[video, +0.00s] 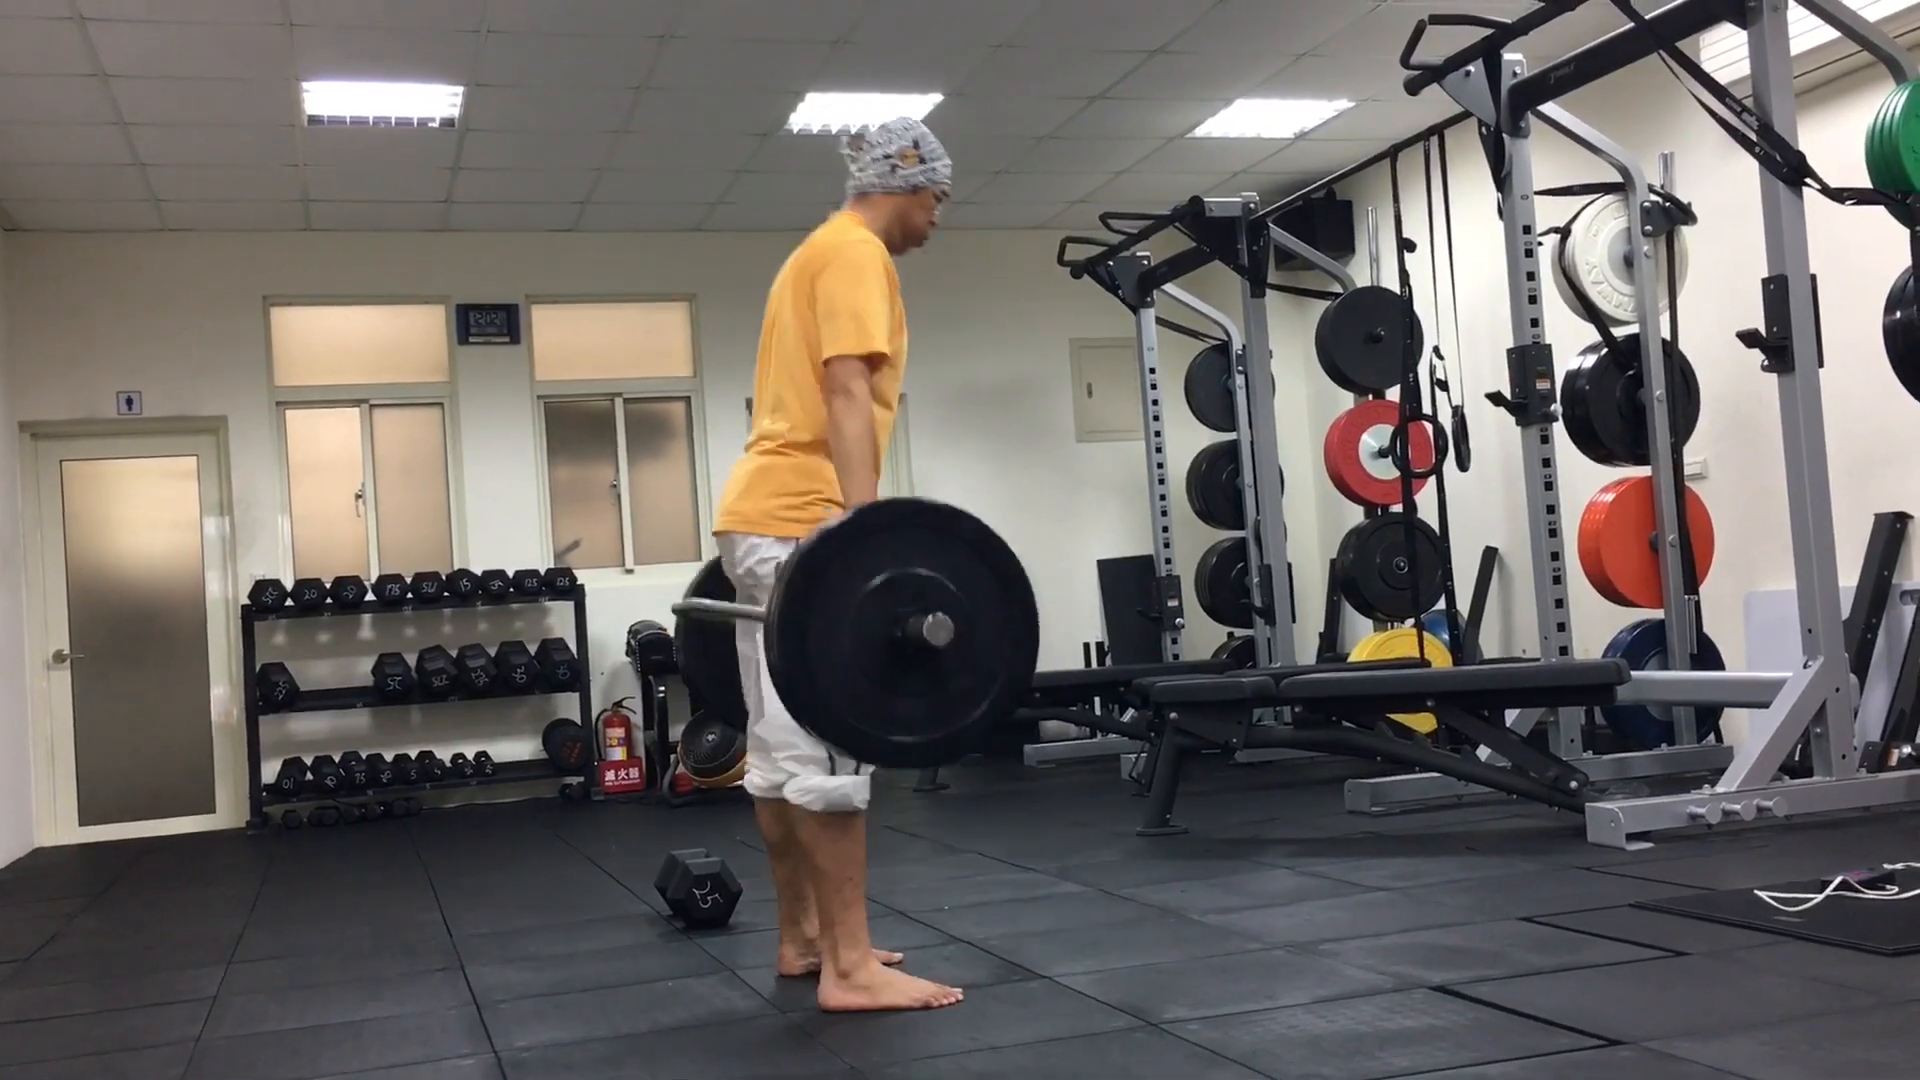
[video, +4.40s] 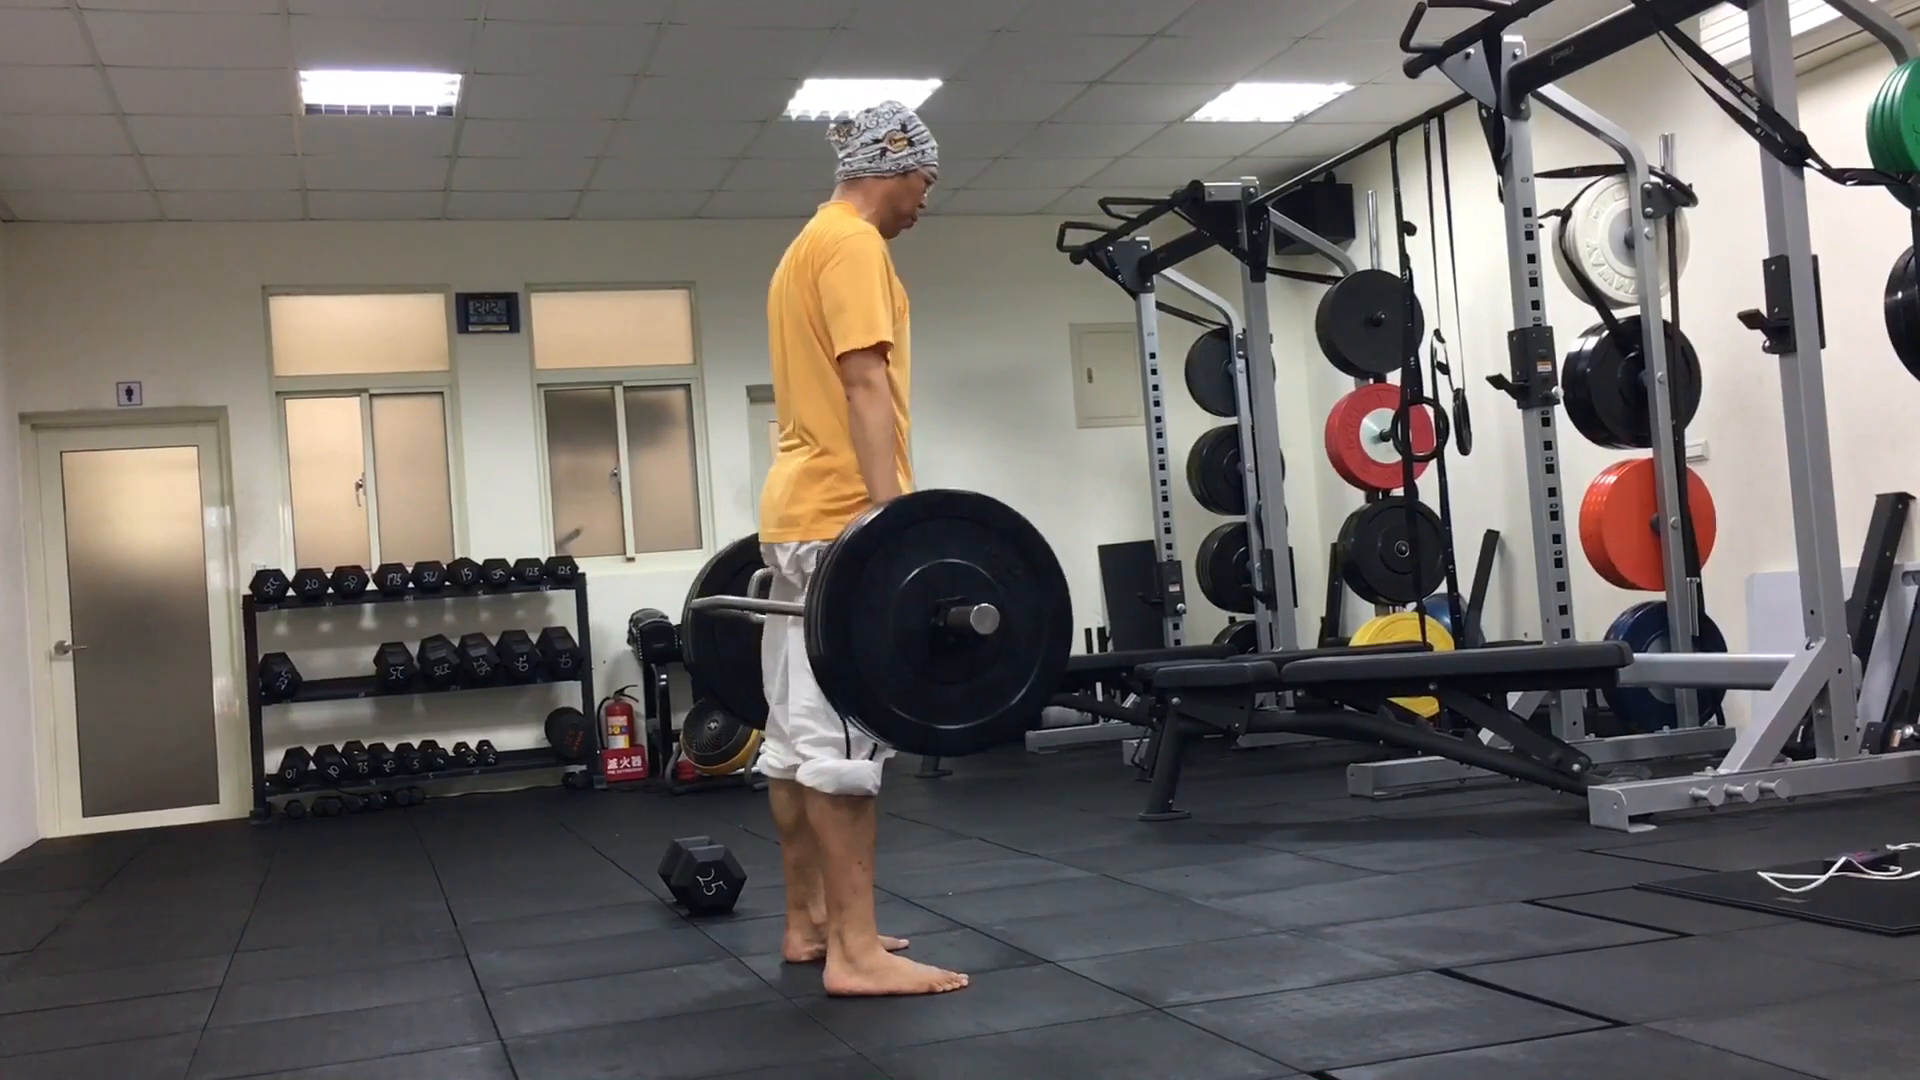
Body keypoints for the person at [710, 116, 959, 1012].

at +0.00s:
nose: (937, 220)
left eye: (940, 204)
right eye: (935, 202)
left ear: (869, 187)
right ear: (904, 190)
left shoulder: (818, 256)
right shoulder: (853, 254)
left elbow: (794, 401)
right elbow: (844, 391)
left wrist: (836, 531)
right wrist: (873, 536)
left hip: (758, 526)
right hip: (800, 528)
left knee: (781, 741)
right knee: (829, 742)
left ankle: (804, 936)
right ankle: (851, 964)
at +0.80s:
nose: (962, 342)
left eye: (967, 325)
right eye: (963, 322)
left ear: (904, 304)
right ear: (929, 307)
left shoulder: (840, 360)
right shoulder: (870, 365)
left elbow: (843, 527)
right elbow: (870, 521)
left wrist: (863, 657)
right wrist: (890, 661)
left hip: (710, 579)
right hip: (745, 579)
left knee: (847, 738)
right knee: (887, 737)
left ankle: (806, 933)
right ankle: (853, 964)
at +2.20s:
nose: (935, 204)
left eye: (936, 188)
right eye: (931, 186)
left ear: (863, 175)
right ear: (901, 177)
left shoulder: (813, 249)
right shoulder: (855, 246)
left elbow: (789, 400)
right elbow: (855, 385)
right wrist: (886, 522)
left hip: (766, 519)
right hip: (815, 520)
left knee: (779, 735)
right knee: (827, 737)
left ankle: (801, 927)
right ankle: (848, 957)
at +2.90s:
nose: (967, 328)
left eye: (972, 311)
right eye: (968, 309)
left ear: (910, 289)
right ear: (935, 293)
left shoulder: (842, 344)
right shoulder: (878, 350)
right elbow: (885, 500)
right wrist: (907, 643)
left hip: (727, 570)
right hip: (767, 571)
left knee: (849, 740)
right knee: (893, 734)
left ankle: (814, 933)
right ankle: (860, 965)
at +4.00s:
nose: (969, 258)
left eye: (975, 243)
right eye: (971, 239)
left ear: (913, 222)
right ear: (938, 223)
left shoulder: (850, 282)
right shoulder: (887, 281)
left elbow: (809, 432)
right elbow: (882, 420)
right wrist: (900, 558)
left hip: (758, 527)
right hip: (805, 526)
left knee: (817, 730)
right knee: (866, 726)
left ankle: (814, 922)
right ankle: (859, 951)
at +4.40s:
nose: (927, 201)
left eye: (929, 186)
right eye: (925, 183)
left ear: (860, 171)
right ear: (893, 171)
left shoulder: (807, 248)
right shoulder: (849, 244)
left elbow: (804, 405)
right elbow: (863, 384)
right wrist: (896, 519)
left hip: (794, 521)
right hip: (842, 520)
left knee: (798, 731)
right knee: (843, 734)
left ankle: (809, 923)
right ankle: (857, 951)